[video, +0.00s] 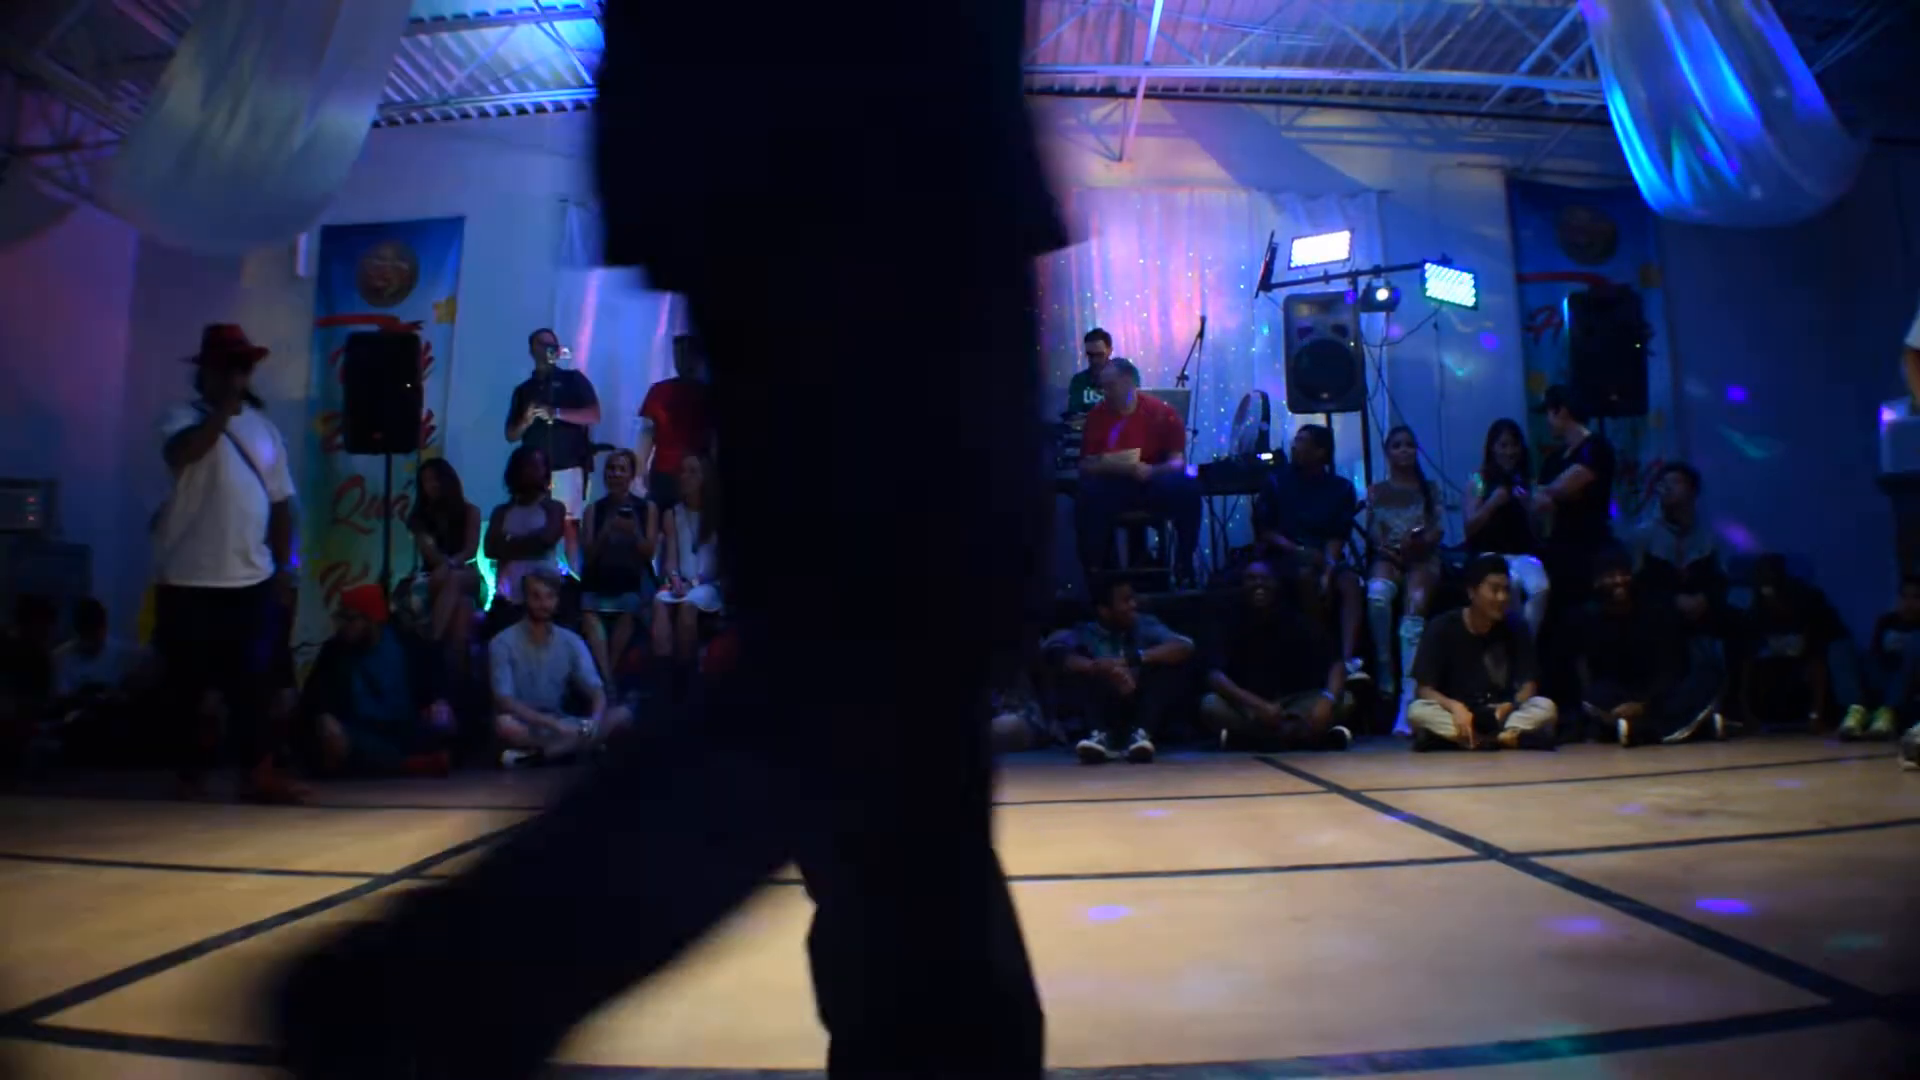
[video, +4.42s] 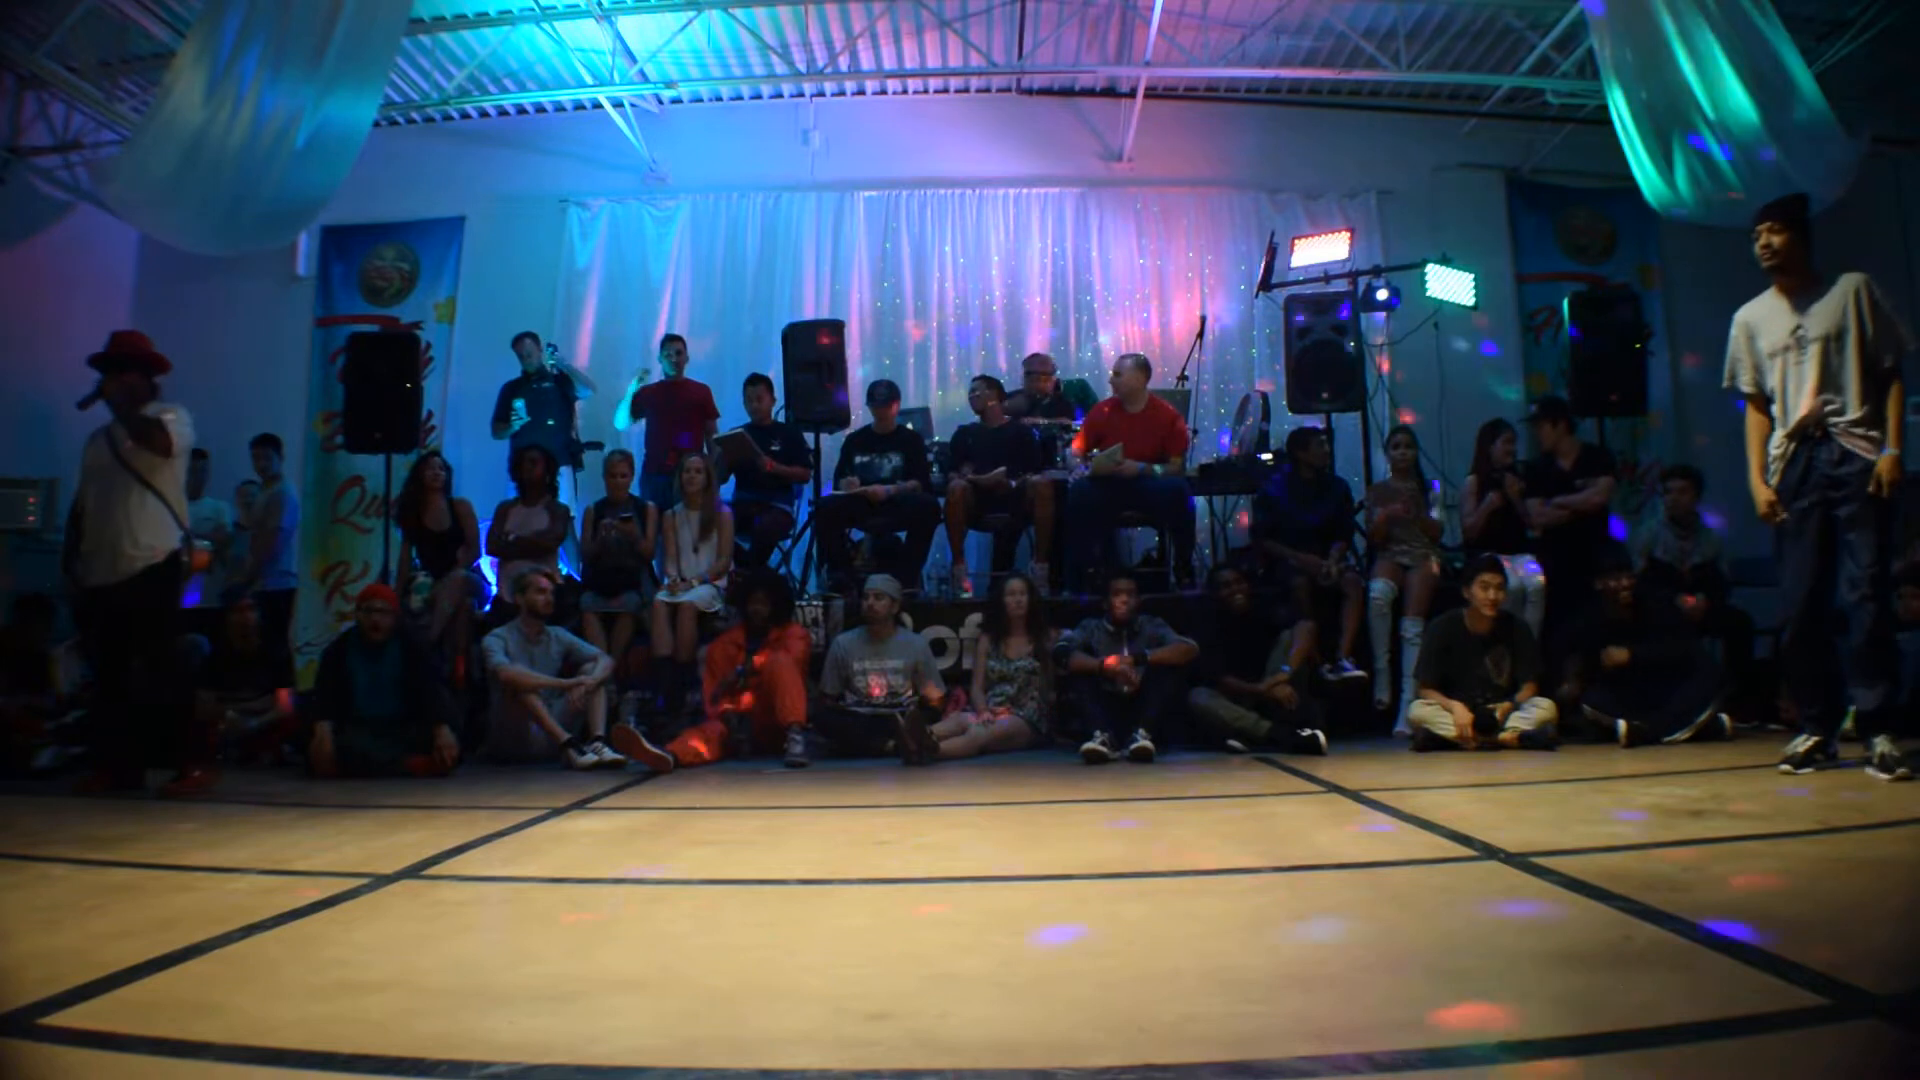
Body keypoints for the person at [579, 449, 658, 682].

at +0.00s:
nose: (615, 474)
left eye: (622, 469)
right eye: (610, 468)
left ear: (632, 475)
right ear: (604, 474)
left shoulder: (646, 508)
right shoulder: (593, 510)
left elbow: (649, 550)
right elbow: (587, 552)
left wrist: (632, 532)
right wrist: (606, 533)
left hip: (631, 576)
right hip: (599, 575)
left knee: (627, 611)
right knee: (589, 613)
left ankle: (607, 674)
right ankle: (607, 680)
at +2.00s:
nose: (618, 476)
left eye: (623, 471)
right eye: (612, 471)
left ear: (631, 476)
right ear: (605, 475)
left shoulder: (646, 509)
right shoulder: (592, 511)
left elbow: (647, 551)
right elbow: (588, 553)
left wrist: (630, 533)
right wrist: (600, 534)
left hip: (631, 576)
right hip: (599, 576)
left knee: (625, 612)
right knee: (588, 609)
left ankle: (611, 672)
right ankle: (601, 672)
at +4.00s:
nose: (617, 481)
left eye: (623, 476)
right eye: (612, 476)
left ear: (631, 478)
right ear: (604, 478)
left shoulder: (646, 509)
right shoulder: (592, 511)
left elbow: (648, 551)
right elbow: (587, 552)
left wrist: (631, 532)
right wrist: (603, 533)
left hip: (631, 573)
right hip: (600, 573)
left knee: (627, 606)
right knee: (589, 606)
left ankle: (611, 671)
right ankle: (603, 675)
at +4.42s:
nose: (618, 481)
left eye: (624, 476)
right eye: (613, 476)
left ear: (632, 477)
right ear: (605, 478)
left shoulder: (646, 509)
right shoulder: (593, 511)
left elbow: (648, 551)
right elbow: (586, 551)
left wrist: (632, 534)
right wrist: (603, 538)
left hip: (632, 573)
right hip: (600, 574)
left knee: (626, 606)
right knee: (589, 607)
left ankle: (612, 668)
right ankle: (601, 667)